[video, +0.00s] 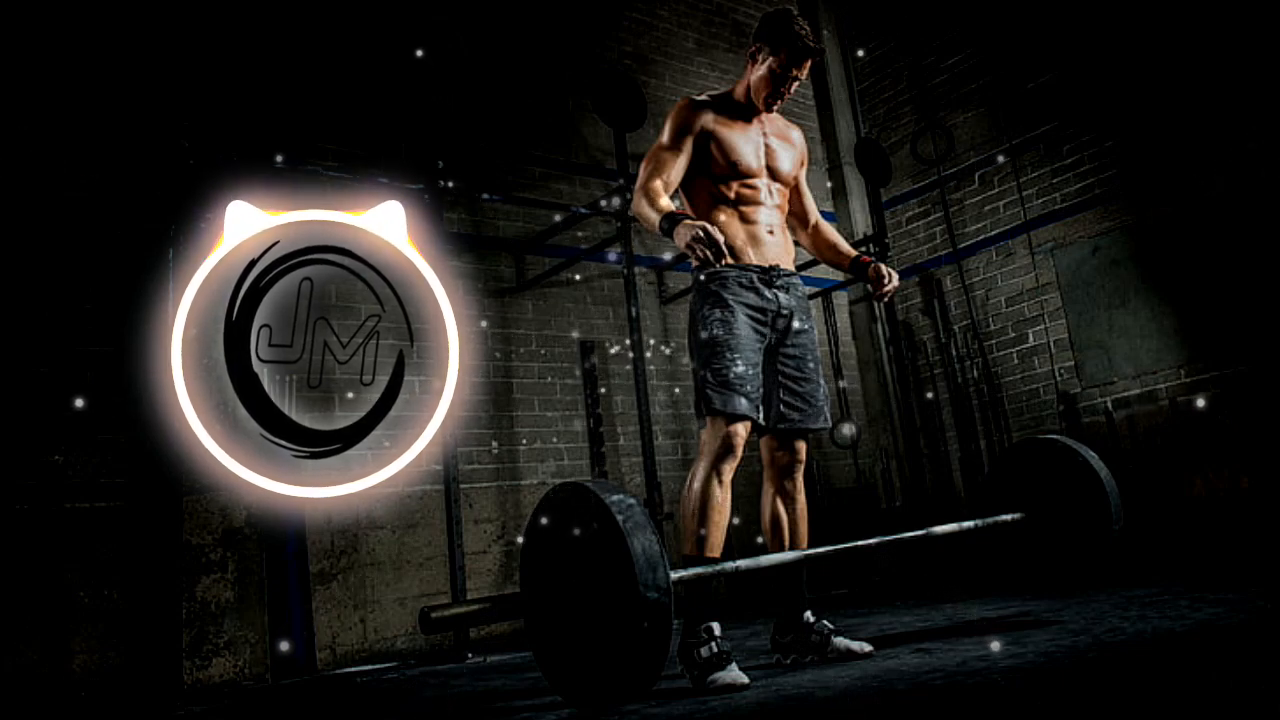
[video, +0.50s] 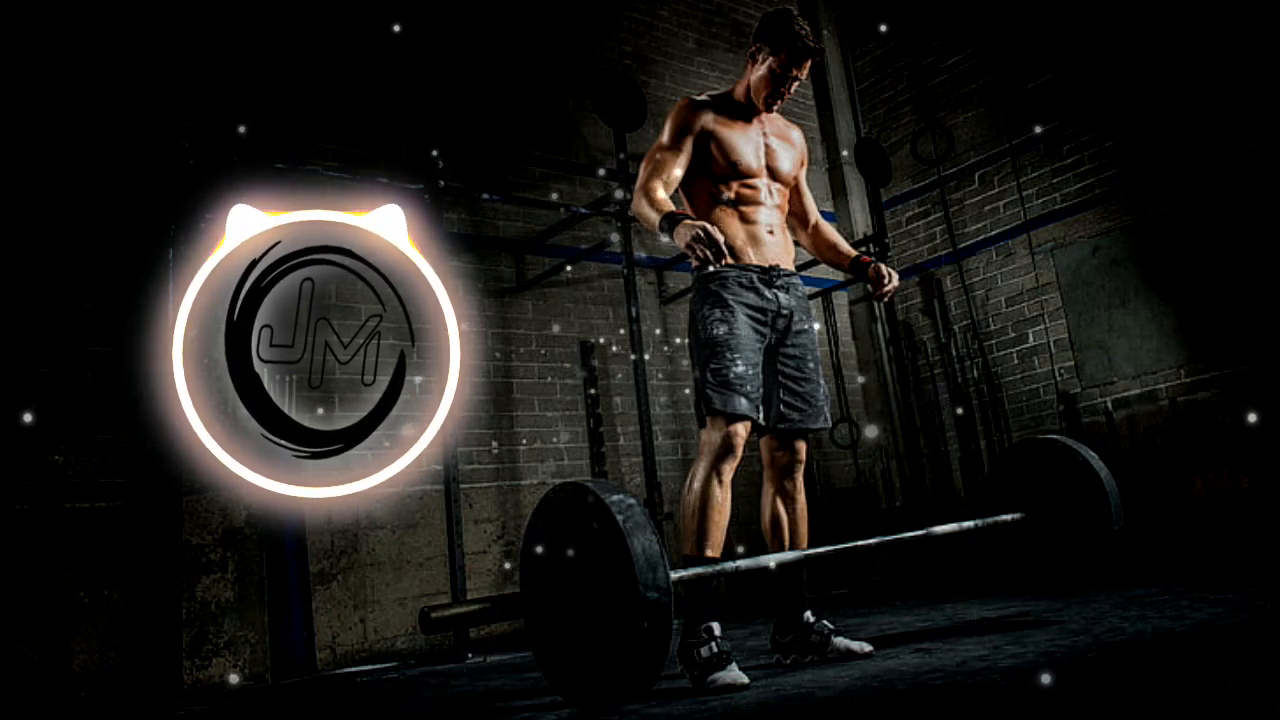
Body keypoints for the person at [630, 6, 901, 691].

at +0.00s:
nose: (789, 89)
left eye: (799, 79)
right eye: (787, 73)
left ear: (801, 76)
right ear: (756, 57)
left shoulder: (792, 137)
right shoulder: (698, 115)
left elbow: (808, 224)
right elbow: (646, 197)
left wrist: (860, 264)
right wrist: (675, 226)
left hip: (790, 297)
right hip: (730, 293)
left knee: (790, 455)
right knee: (730, 438)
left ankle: (797, 624)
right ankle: (699, 634)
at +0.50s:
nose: (789, 89)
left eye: (799, 79)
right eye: (787, 73)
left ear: (800, 76)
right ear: (756, 57)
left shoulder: (792, 137)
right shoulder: (697, 116)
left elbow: (808, 224)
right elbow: (646, 198)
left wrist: (860, 264)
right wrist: (676, 226)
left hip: (791, 297)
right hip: (731, 292)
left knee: (790, 455)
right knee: (729, 437)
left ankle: (797, 624)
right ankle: (699, 634)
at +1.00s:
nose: (788, 90)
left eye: (798, 80)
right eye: (785, 74)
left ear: (800, 77)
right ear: (756, 58)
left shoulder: (792, 137)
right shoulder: (697, 116)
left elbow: (809, 224)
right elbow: (645, 198)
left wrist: (860, 265)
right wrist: (674, 226)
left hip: (790, 297)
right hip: (730, 293)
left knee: (790, 454)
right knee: (729, 438)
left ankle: (797, 624)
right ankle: (699, 634)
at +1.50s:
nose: (789, 89)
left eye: (799, 79)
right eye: (786, 72)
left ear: (801, 76)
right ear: (756, 57)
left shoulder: (792, 137)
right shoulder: (697, 115)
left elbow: (808, 224)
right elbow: (646, 197)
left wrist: (860, 264)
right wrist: (677, 225)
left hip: (791, 297)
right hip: (731, 292)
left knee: (790, 455)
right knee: (730, 436)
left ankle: (796, 624)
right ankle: (699, 634)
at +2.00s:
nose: (788, 90)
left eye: (798, 80)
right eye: (785, 75)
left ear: (800, 77)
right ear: (756, 58)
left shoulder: (792, 136)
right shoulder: (697, 117)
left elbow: (808, 224)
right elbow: (645, 197)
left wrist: (861, 265)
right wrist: (676, 225)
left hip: (790, 297)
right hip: (730, 292)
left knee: (790, 455)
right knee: (729, 437)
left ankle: (796, 623)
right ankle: (698, 634)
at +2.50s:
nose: (789, 91)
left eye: (799, 81)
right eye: (786, 75)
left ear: (801, 77)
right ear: (756, 59)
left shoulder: (792, 136)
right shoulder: (699, 115)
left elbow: (809, 224)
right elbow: (644, 198)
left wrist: (860, 265)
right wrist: (675, 226)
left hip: (790, 297)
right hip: (731, 292)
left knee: (790, 455)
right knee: (729, 437)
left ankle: (798, 624)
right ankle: (699, 634)